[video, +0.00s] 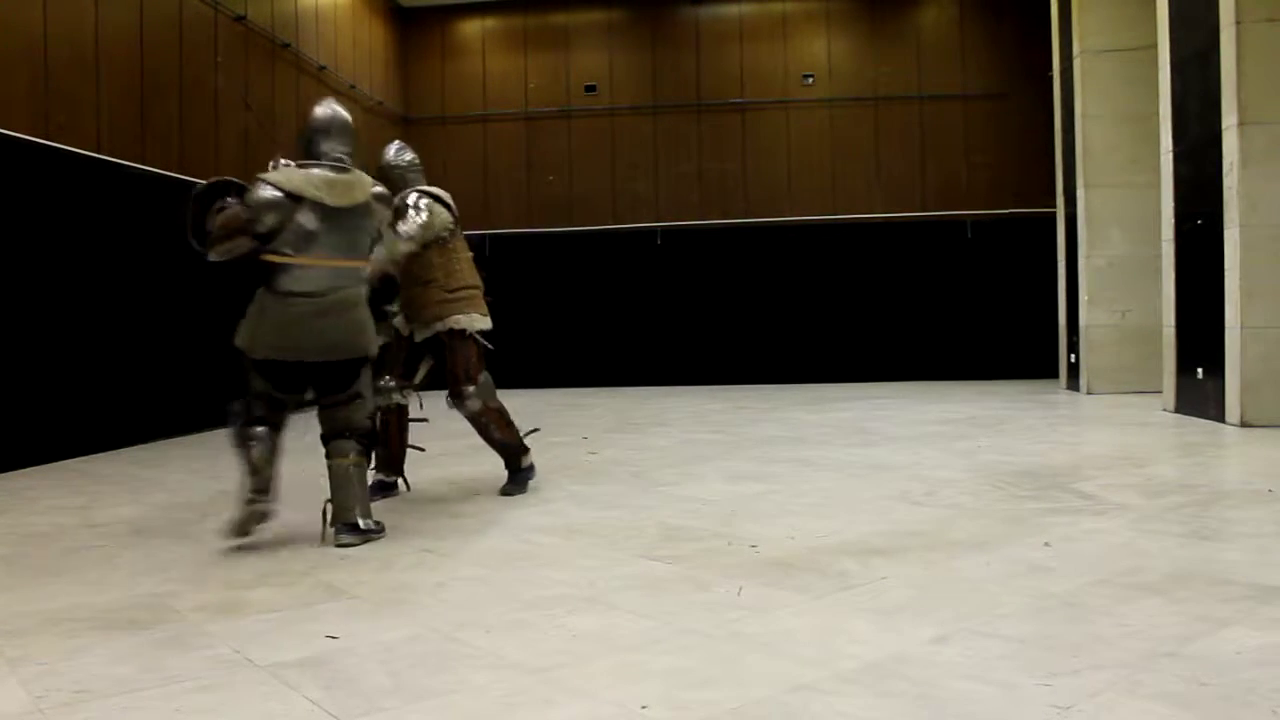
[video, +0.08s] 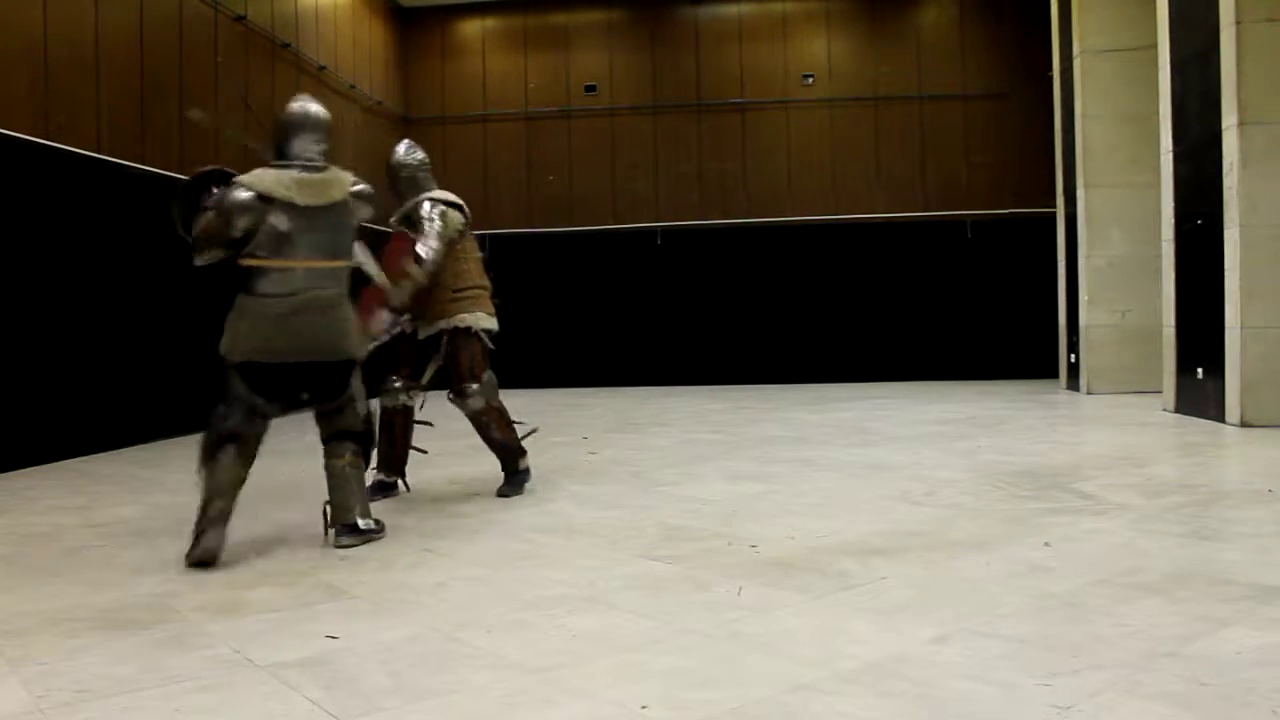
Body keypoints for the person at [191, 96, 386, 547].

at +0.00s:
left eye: (321, 136)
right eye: (339, 138)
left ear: (307, 139)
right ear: (350, 140)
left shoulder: (278, 189)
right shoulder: (373, 197)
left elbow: (231, 236)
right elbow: (382, 240)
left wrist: (223, 215)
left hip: (283, 319)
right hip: (346, 319)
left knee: (261, 406)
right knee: (346, 420)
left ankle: (259, 493)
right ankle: (350, 519)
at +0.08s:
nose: (310, 145)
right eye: (316, 135)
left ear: (280, 136)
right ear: (326, 139)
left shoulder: (249, 195)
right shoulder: (353, 195)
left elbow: (206, 244)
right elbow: (371, 223)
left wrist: (219, 207)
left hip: (261, 332)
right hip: (330, 332)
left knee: (237, 427)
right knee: (343, 418)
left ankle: (209, 533)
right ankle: (349, 519)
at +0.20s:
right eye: (290, 144)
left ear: (247, 148)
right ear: (294, 149)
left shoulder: (218, 200)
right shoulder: (317, 201)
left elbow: (182, 246)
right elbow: (350, 211)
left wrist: (190, 204)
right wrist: (327, 168)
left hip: (236, 341)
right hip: (305, 342)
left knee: (213, 439)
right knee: (320, 426)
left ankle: (206, 545)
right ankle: (329, 524)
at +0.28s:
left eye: (238, 136)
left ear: (234, 141)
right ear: (281, 138)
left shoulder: (210, 194)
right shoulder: (312, 195)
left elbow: (170, 240)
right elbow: (346, 205)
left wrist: (170, 199)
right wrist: (340, 168)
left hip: (227, 338)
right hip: (297, 339)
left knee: (201, 434)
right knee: (304, 419)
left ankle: (202, 544)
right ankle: (309, 523)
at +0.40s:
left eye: (236, 124)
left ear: (232, 128)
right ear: (282, 125)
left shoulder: (207, 185)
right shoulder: (312, 183)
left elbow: (162, 234)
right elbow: (359, 210)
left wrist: (159, 192)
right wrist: (370, 176)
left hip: (220, 331)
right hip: (290, 333)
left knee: (205, 434)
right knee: (294, 426)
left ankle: (204, 546)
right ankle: (302, 532)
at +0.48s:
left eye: (239, 115)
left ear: (235, 118)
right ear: (287, 117)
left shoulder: (208, 176)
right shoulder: (319, 178)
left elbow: (156, 237)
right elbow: (370, 245)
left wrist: (165, 187)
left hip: (222, 327)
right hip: (295, 328)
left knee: (211, 432)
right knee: (302, 424)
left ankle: (204, 543)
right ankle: (312, 528)